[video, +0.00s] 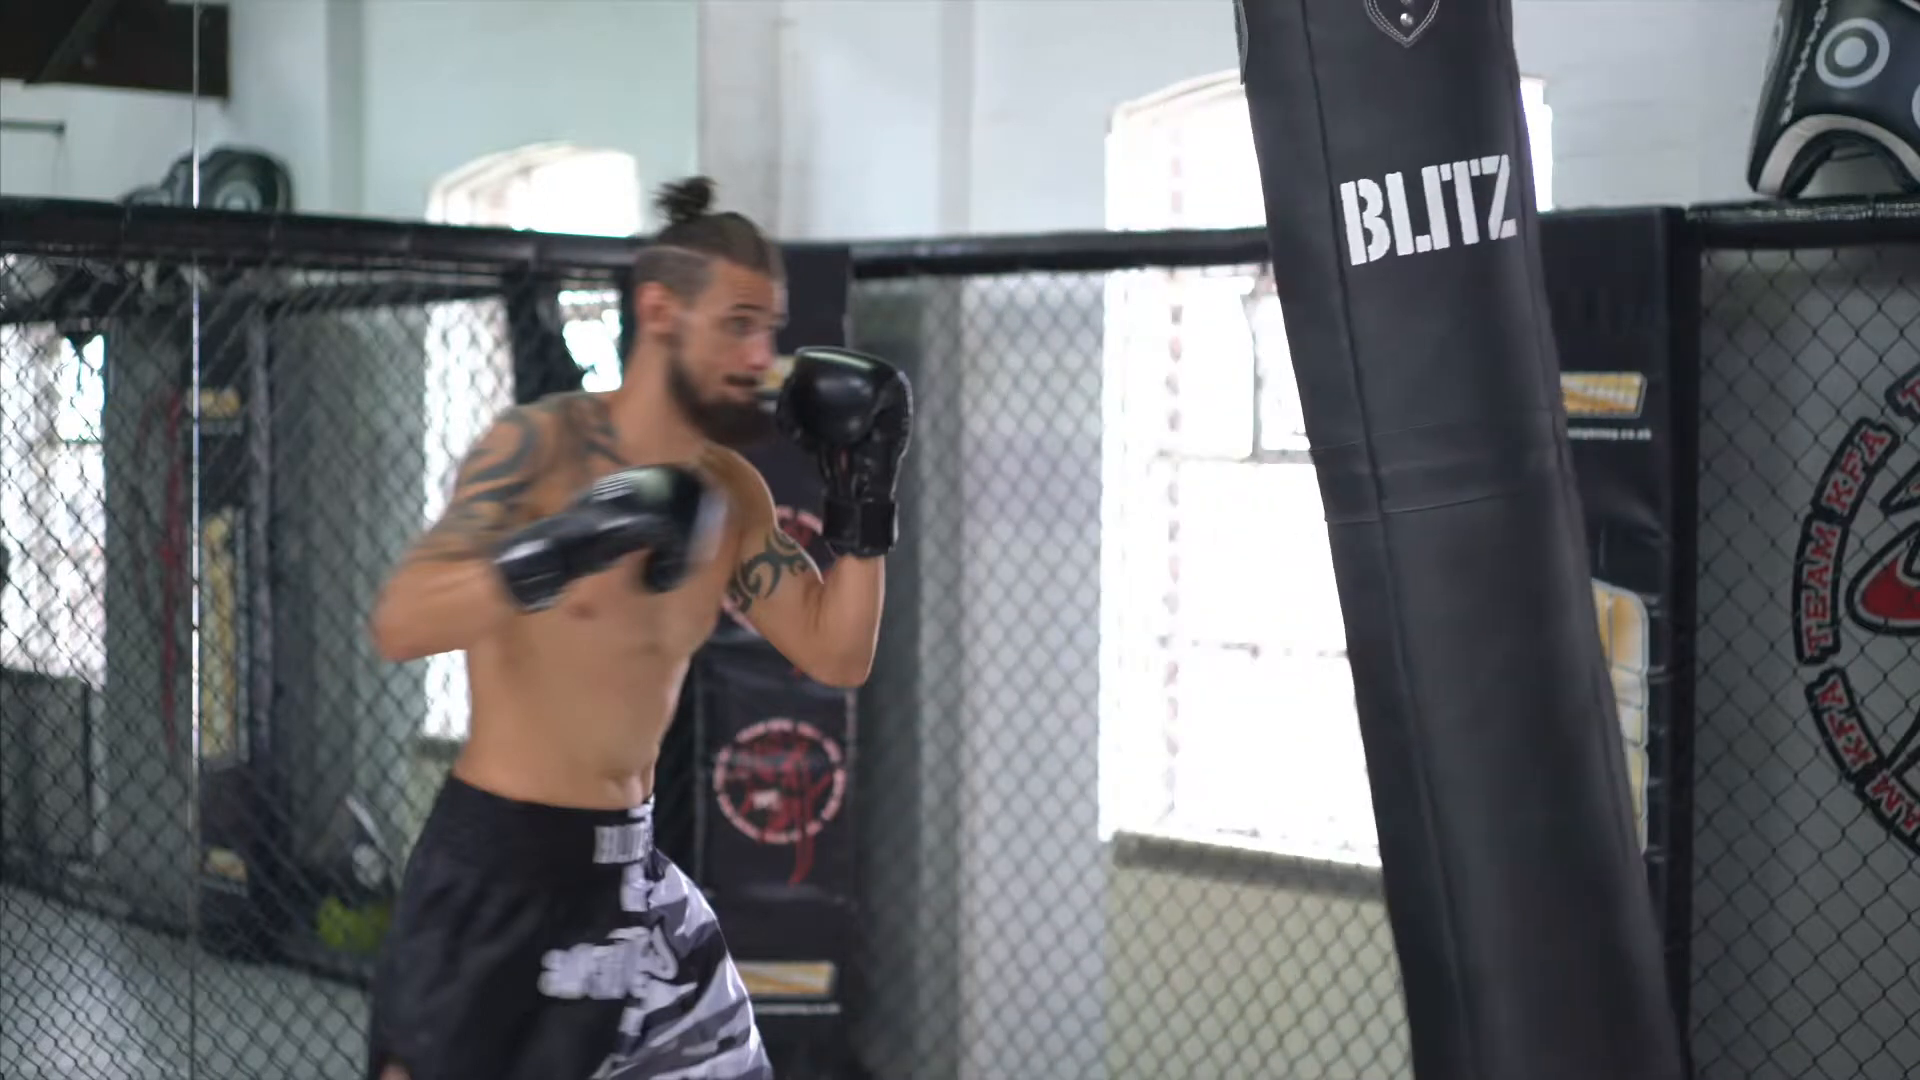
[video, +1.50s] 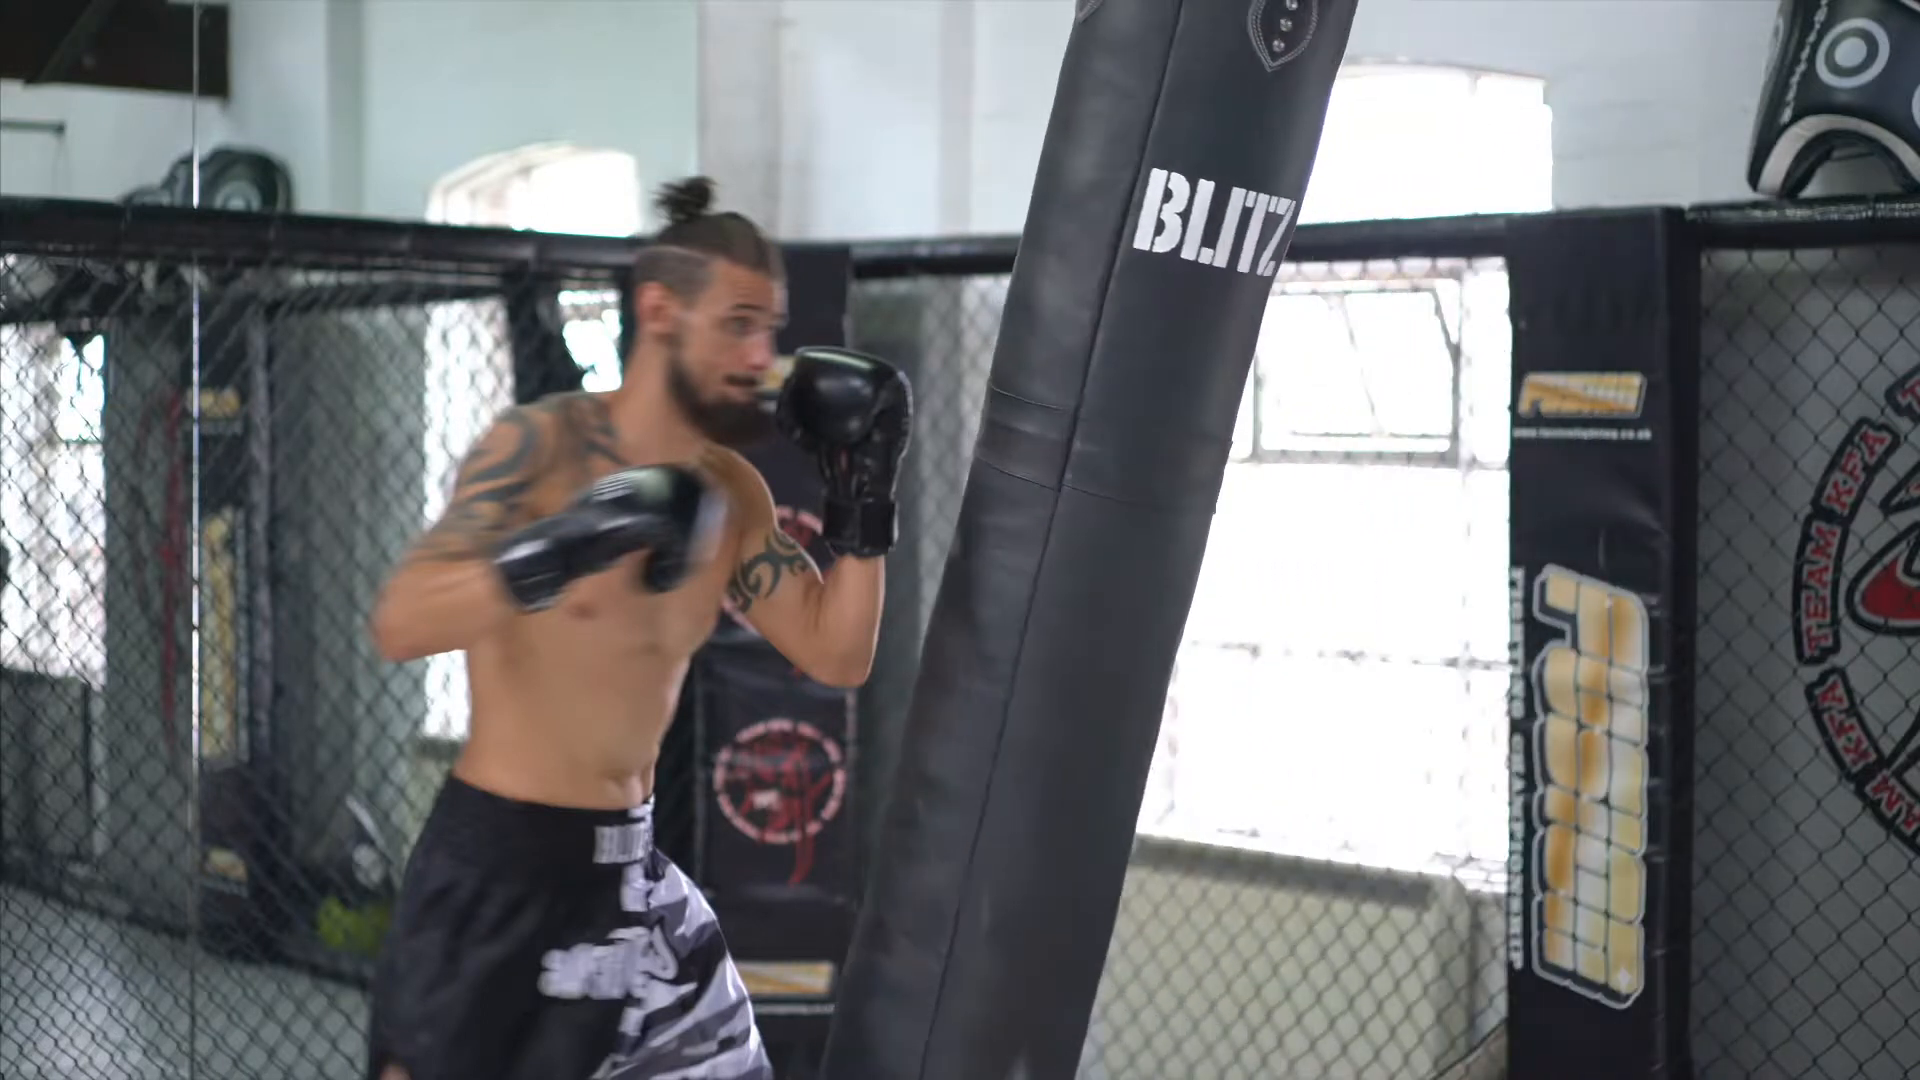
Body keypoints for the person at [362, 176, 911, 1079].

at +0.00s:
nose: (762, 357)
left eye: (772, 331)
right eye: (739, 325)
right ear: (656, 310)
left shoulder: (733, 493)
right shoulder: (537, 441)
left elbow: (839, 655)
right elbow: (400, 623)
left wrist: (864, 481)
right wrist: (568, 547)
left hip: (636, 868)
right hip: (500, 867)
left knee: (732, 1066)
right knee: (439, 1065)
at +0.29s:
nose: (762, 357)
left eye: (772, 331)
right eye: (739, 325)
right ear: (656, 310)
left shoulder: (733, 492)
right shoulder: (536, 441)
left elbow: (839, 655)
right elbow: (400, 623)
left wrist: (864, 482)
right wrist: (568, 547)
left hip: (636, 868)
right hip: (500, 867)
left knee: (732, 1066)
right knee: (439, 1065)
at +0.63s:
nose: (762, 357)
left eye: (772, 331)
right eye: (739, 325)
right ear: (656, 310)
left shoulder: (733, 492)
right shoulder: (537, 441)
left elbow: (839, 655)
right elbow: (400, 623)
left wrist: (865, 481)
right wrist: (569, 546)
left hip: (635, 867)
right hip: (500, 866)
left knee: (732, 1066)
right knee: (439, 1065)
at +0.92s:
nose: (762, 357)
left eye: (772, 331)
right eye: (739, 325)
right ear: (656, 309)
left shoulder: (733, 492)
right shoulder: (537, 441)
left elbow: (839, 655)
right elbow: (400, 623)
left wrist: (865, 481)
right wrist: (568, 546)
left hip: (635, 867)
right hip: (499, 865)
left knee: (732, 1066)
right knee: (438, 1065)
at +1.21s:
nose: (762, 358)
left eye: (772, 331)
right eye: (739, 325)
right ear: (656, 310)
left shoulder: (733, 492)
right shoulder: (537, 441)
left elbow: (839, 655)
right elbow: (400, 624)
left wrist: (865, 480)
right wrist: (568, 546)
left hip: (635, 867)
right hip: (500, 865)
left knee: (731, 1066)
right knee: (437, 1065)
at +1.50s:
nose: (762, 357)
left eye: (772, 331)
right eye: (739, 325)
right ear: (656, 309)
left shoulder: (733, 492)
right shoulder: (538, 441)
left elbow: (839, 655)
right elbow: (400, 623)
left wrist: (866, 481)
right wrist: (569, 546)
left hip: (634, 867)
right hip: (500, 865)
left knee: (731, 1066)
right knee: (438, 1065)